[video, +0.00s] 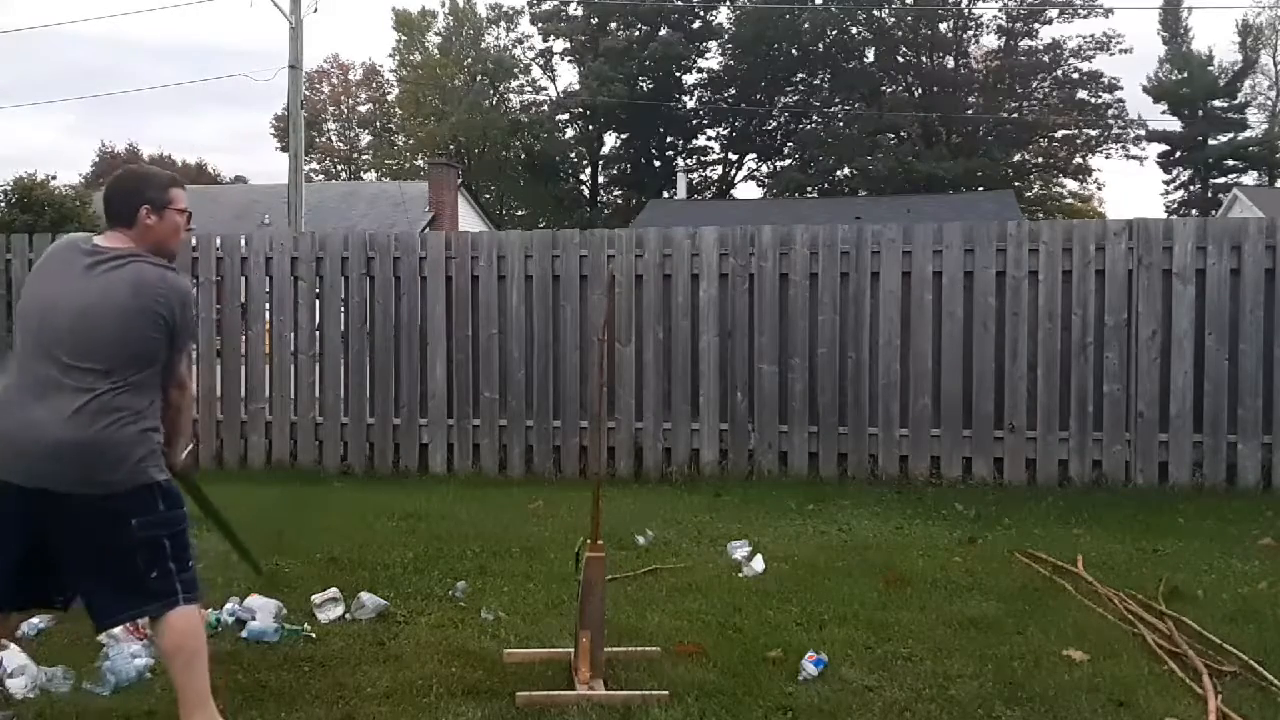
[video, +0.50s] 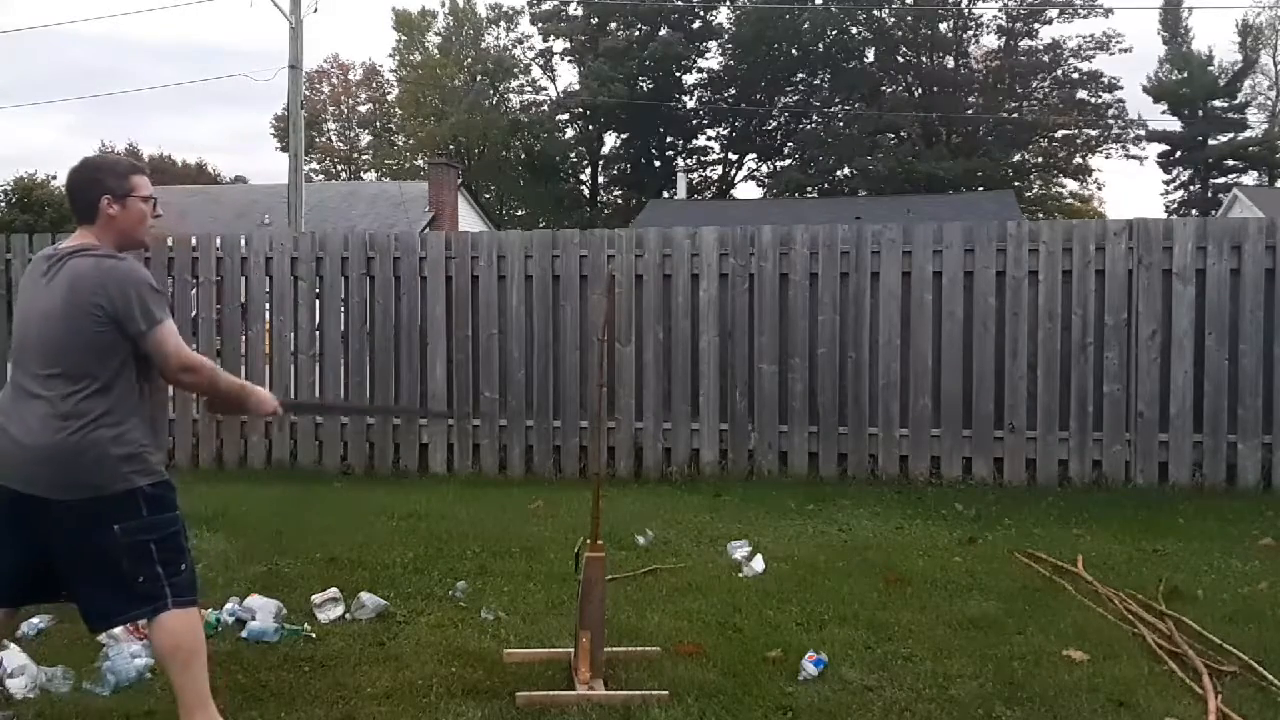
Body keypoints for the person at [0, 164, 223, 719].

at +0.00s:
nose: (188, 225)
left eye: (188, 214)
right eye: (181, 214)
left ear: (128, 218)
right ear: (146, 216)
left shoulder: (55, 254)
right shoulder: (172, 288)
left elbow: (38, 352)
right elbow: (178, 386)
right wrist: (173, 455)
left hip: (16, 455)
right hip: (114, 461)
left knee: (8, 598)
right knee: (174, 593)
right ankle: (200, 711)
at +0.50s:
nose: (155, 213)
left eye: (154, 202)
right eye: (147, 202)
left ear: (97, 209)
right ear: (109, 206)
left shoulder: (39, 268)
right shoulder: (121, 275)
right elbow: (182, 365)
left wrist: (195, 384)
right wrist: (248, 395)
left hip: (21, 464)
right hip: (111, 466)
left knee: (9, 596)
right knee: (170, 596)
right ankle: (201, 713)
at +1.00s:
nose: (161, 217)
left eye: (159, 205)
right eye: (152, 205)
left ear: (109, 212)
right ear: (113, 210)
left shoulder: (67, 271)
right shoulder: (109, 280)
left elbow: (182, 334)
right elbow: (188, 353)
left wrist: (257, 362)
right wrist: (284, 367)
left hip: (29, 466)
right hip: (104, 468)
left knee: (12, 594)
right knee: (176, 595)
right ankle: (201, 712)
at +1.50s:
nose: (201, 245)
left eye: (199, 234)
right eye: (191, 235)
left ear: (146, 243)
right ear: (153, 241)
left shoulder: (103, 290)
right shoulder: (149, 306)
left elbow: (227, 337)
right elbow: (239, 372)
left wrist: (313, 359)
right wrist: (326, 361)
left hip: (29, 481)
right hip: (112, 487)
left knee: (10, 602)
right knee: (209, 589)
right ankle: (204, 713)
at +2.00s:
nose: (160, 251)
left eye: (158, 238)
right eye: (151, 240)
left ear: (116, 245)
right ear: (117, 245)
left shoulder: (119, 298)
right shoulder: (80, 296)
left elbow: (194, 245)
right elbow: (158, 252)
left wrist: (205, 182)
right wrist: (164, 161)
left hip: (44, 485)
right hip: (96, 484)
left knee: (17, 607)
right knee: (203, 582)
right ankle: (205, 712)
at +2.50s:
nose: (164, 257)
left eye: (163, 246)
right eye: (154, 245)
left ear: (113, 254)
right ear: (112, 252)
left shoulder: (109, 300)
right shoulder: (82, 306)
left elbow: (198, 286)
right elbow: (188, 289)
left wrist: (205, 204)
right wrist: (175, 196)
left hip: (49, 492)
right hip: (110, 491)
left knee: (12, 614)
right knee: (217, 584)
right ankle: (207, 713)